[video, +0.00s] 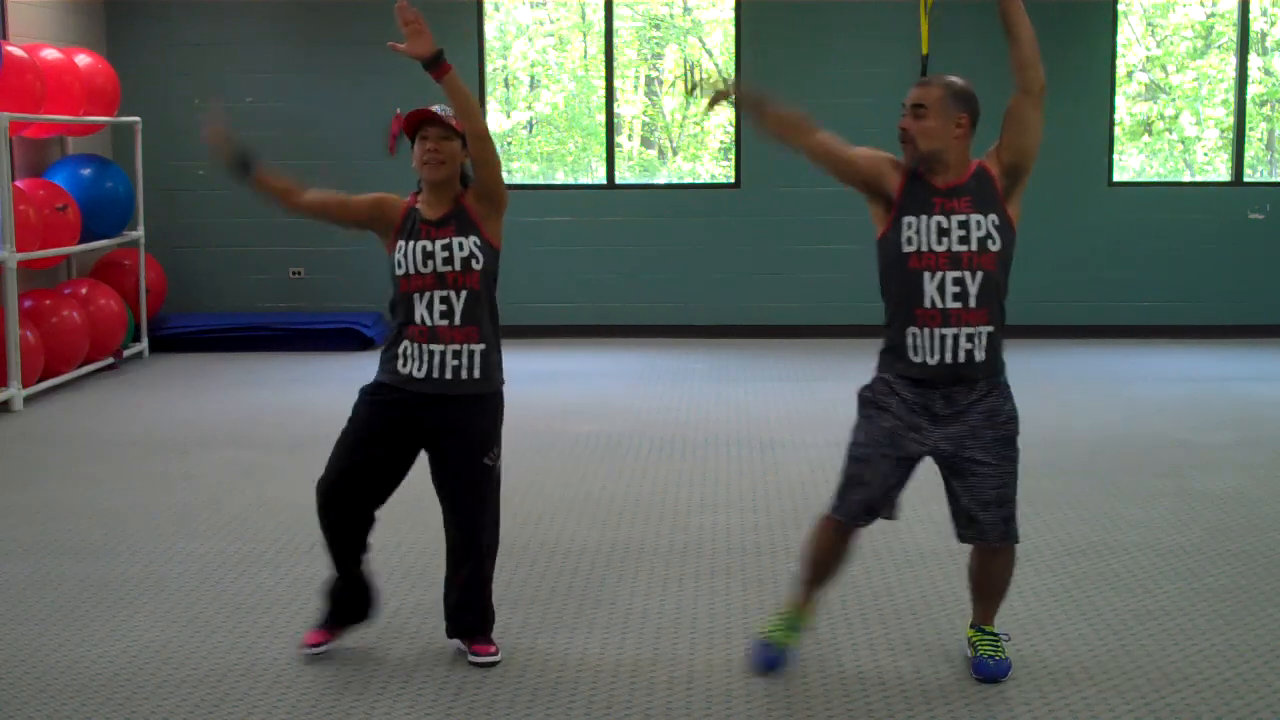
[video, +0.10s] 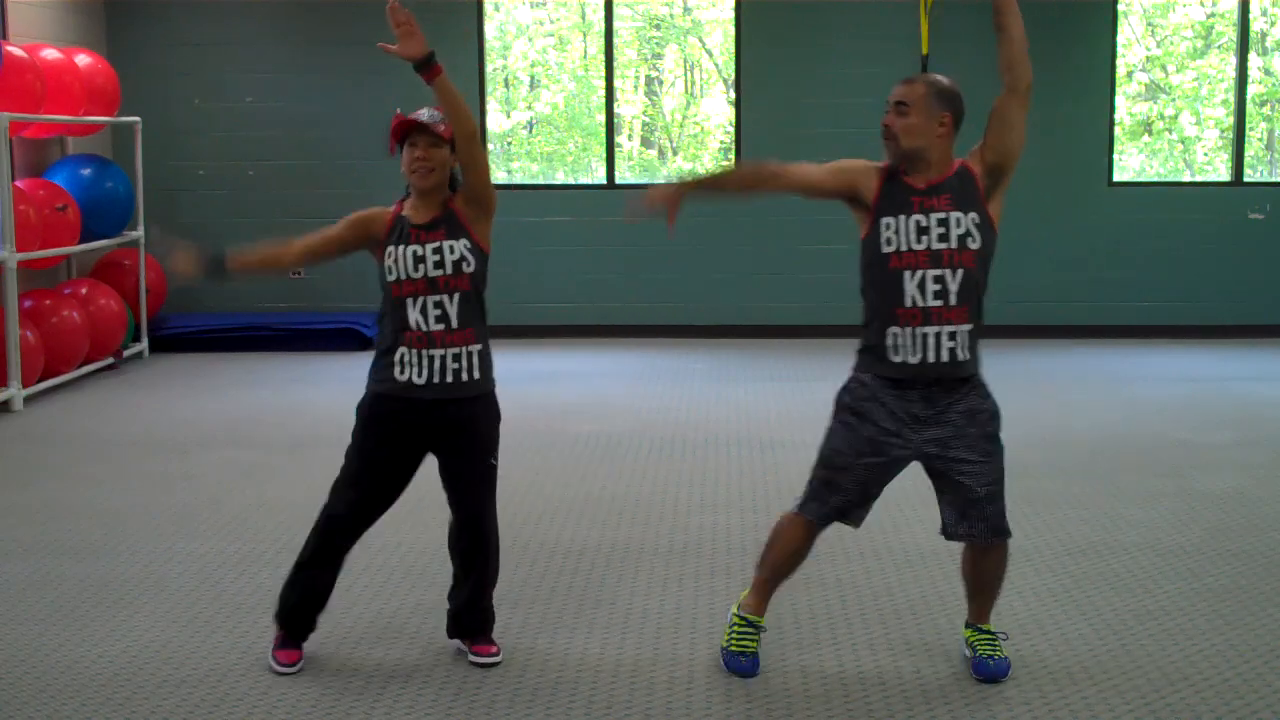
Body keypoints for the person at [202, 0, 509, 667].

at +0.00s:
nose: (434, 149)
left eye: (445, 140)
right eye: (424, 142)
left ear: (463, 155)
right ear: (411, 156)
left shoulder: (482, 210)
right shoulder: (393, 213)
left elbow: (478, 134)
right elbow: (304, 199)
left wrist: (437, 62)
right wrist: (240, 163)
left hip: (470, 397)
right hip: (398, 391)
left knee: (474, 521)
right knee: (339, 495)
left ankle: (472, 628)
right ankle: (350, 602)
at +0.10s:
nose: (421, 154)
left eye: (433, 146)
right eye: (413, 146)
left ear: (454, 160)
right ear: (400, 159)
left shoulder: (472, 215)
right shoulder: (380, 224)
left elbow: (471, 139)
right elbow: (296, 252)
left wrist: (429, 64)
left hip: (468, 402)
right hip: (395, 401)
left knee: (477, 520)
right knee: (344, 516)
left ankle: (474, 627)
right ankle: (292, 627)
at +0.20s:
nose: (407, 167)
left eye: (419, 159)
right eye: (399, 158)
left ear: (441, 170)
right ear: (387, 167)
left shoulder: (459, 224)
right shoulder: (362, 238)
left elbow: (456, 145)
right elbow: (302, 302)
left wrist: (422, 76)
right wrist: (242, 353)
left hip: (455, 411)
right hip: (381, 412)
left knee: (476, 526)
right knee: (342, 526)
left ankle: (475, 627)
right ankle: (291, 631)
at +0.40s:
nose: (396, 175)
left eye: (408, 165)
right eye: (388, 165)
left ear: (430, 173)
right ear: (377, 172)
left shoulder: (450, 230)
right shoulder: (353, 241)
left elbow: (455, 155)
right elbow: (339, 326)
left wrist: (424, 85)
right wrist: (341, 388)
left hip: (436, 414)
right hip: (365, 410)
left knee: (463, 521)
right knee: (326, 524)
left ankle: (510, 608)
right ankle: (291, 630)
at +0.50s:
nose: (408, 180)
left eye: (419, 169)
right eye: (399, 169)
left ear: (441, 174)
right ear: (389, 174)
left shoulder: (464, 230)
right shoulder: (370, 240)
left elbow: (470, 155)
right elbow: (362, 308)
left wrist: (437, 83)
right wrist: (376, 316)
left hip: (449, 411)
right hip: (379, 409)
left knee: (463, 526)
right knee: (336, 523)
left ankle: (514, 616)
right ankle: (293, 632)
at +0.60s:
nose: (427, 174)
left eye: (436, 163)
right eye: (418, 163)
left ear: (456, 170)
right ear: (403, 171)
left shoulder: (481, 220)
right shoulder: (387, 226)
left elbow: (487, 148)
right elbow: (389, 269)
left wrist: (452, 80)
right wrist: (407, 223)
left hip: (479, 399)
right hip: (407, 399)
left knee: (490, 518)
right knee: (360, 512)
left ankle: (515, 621)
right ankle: (323, 631)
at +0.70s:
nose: (450, 160)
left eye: (458, 150)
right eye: (440, 153)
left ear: (475, 159)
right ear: (422, 166)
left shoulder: (495, 209)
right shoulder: (410, 224)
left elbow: (503, 140)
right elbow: (410, 204)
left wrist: (469, 76)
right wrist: (418, 150)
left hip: (503, 388)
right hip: (432, 390)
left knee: (515, 509)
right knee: (383, 498)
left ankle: (515, 616)